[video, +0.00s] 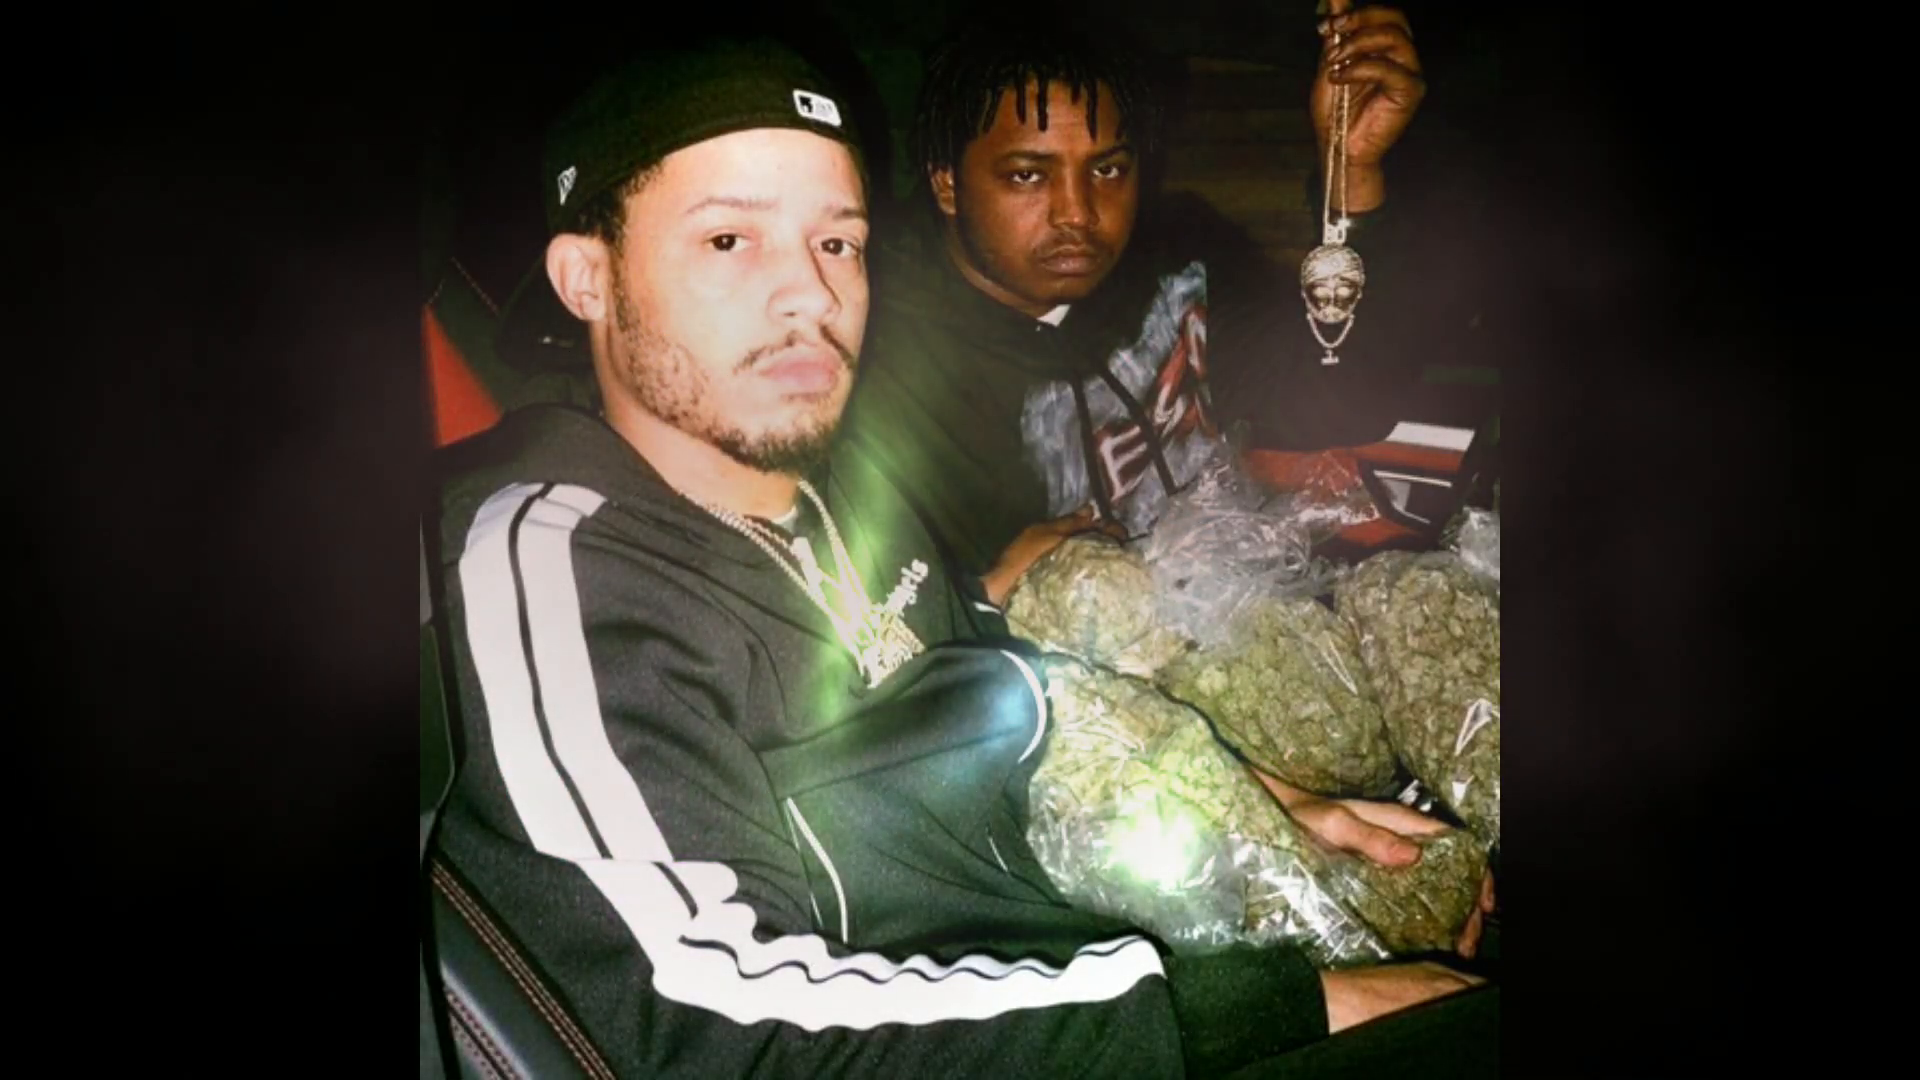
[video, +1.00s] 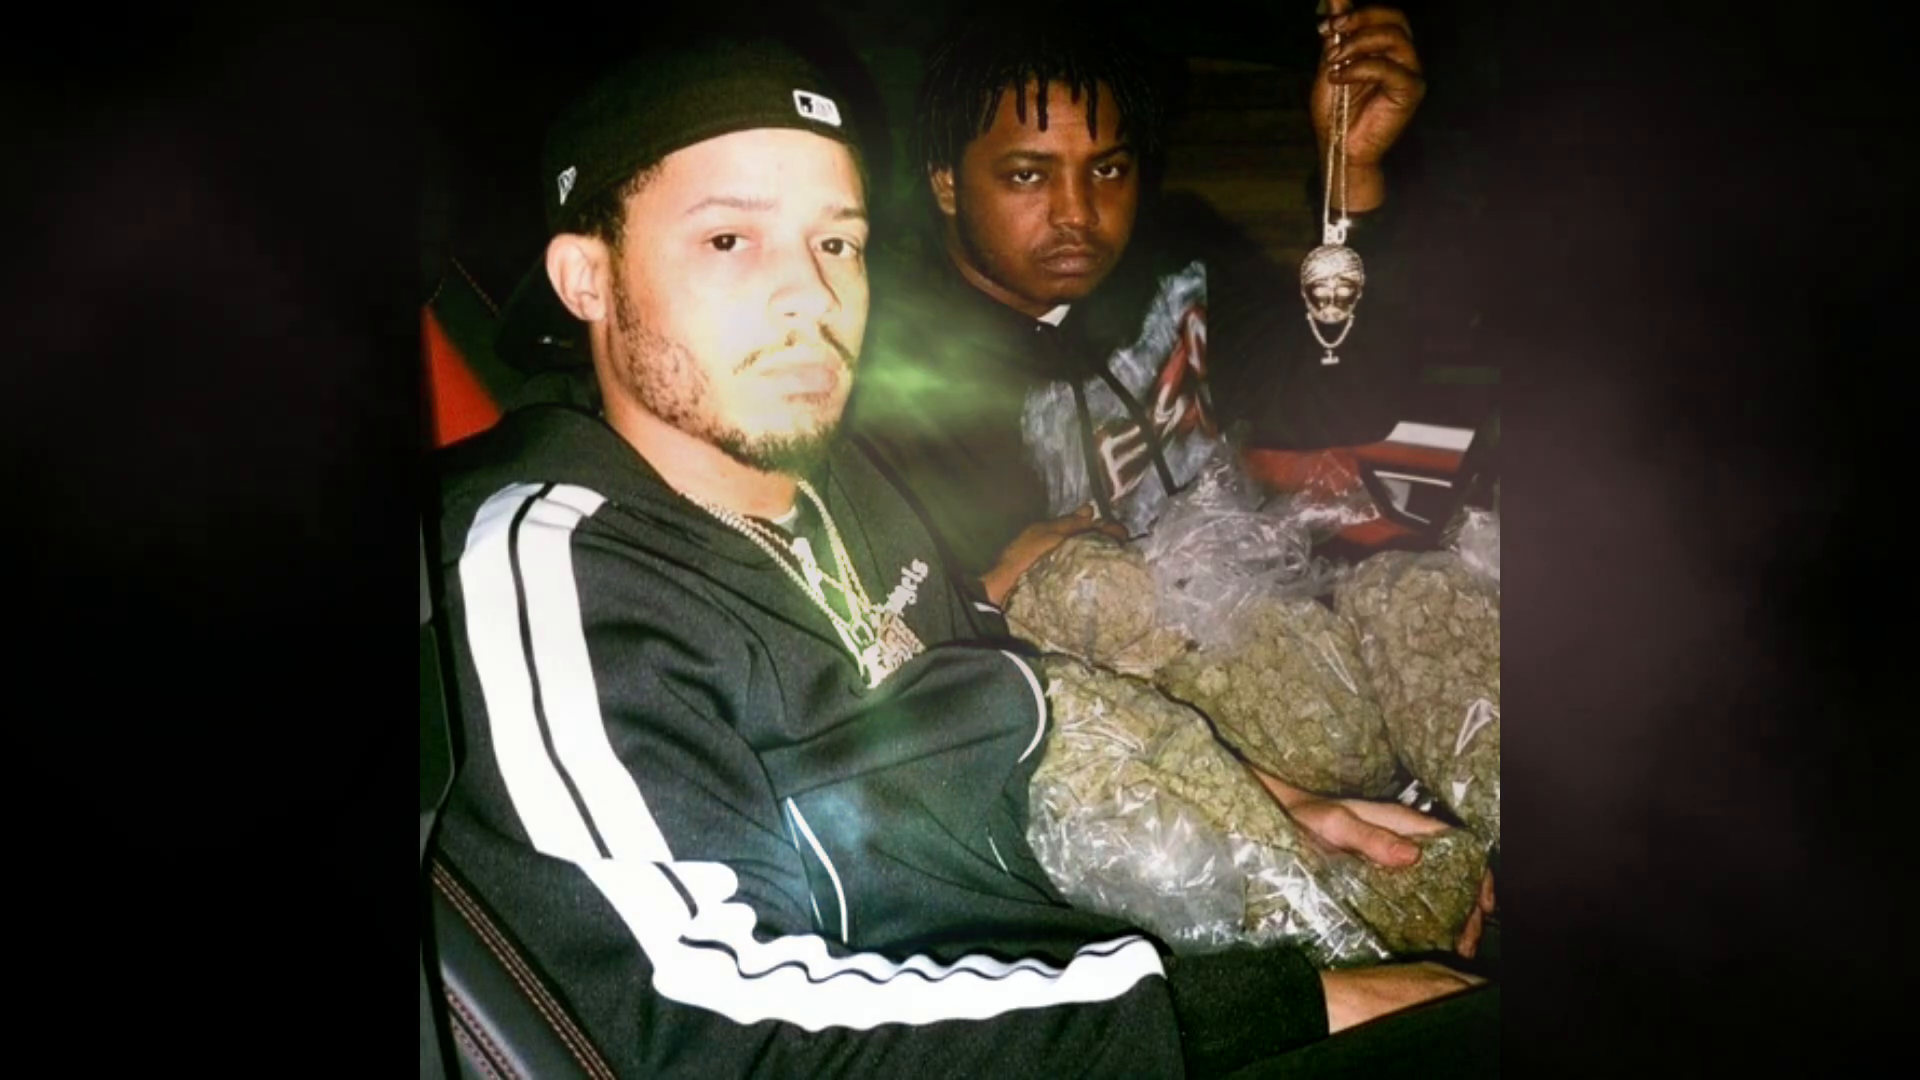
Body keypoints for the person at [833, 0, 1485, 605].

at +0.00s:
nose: (1076, 218)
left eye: (1107, 170)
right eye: (1026, 175)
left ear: (1139, 168)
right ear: (945, 186)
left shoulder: (1184, 252)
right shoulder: (905, 358)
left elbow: (1336, 414)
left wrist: (1353, 175)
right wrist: (991, 591)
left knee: (1438, 609)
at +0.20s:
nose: (1077, 216)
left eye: (1107, 170)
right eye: (1028, 175)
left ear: (1140, 171)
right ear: (945, 185)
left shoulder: (1180, 254)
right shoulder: (903, 363)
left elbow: (1352, 409)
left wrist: (1353, 171)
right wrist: (993, 593)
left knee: (1428, 597)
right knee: (1082, 585)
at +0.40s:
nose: (1077, 217)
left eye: (1108, 171)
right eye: (1028, 176)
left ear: (1141, 171)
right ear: (945, 186)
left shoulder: (1178, 253)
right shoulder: (897, 362)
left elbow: (1341, 409)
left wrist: (1352, 173)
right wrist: (991, 594)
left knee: (1425, 595)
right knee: (1080, 587)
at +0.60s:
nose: (1077, 216)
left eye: (1107, 171)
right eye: (1029, 175)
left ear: (1141, 173)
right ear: (945, 186)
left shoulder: (1178, 255)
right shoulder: (891, 373)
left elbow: (1347, 407)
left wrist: (1351, 171)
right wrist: (991, 596)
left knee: (1418, 591)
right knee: (1078, 582)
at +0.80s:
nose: (1077, 216)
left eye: (1107, 170)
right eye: (1029, 175)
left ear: (1140, 172)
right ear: (945, 186)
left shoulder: (1179, 249)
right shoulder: (893, 369)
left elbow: (1349, 409)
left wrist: (1352, 170)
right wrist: (992, 591)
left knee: (1420, 591)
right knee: (1077, 582)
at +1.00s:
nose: (1077, 217)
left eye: (1107, 170)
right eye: (1028, 175)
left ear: (1140, 171)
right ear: (945, 187)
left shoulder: (1180, 251)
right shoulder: (905, 372)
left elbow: (1346, 408)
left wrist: (1352, 171)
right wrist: (993, 588)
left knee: (1425, 595)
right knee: (1081, 579)